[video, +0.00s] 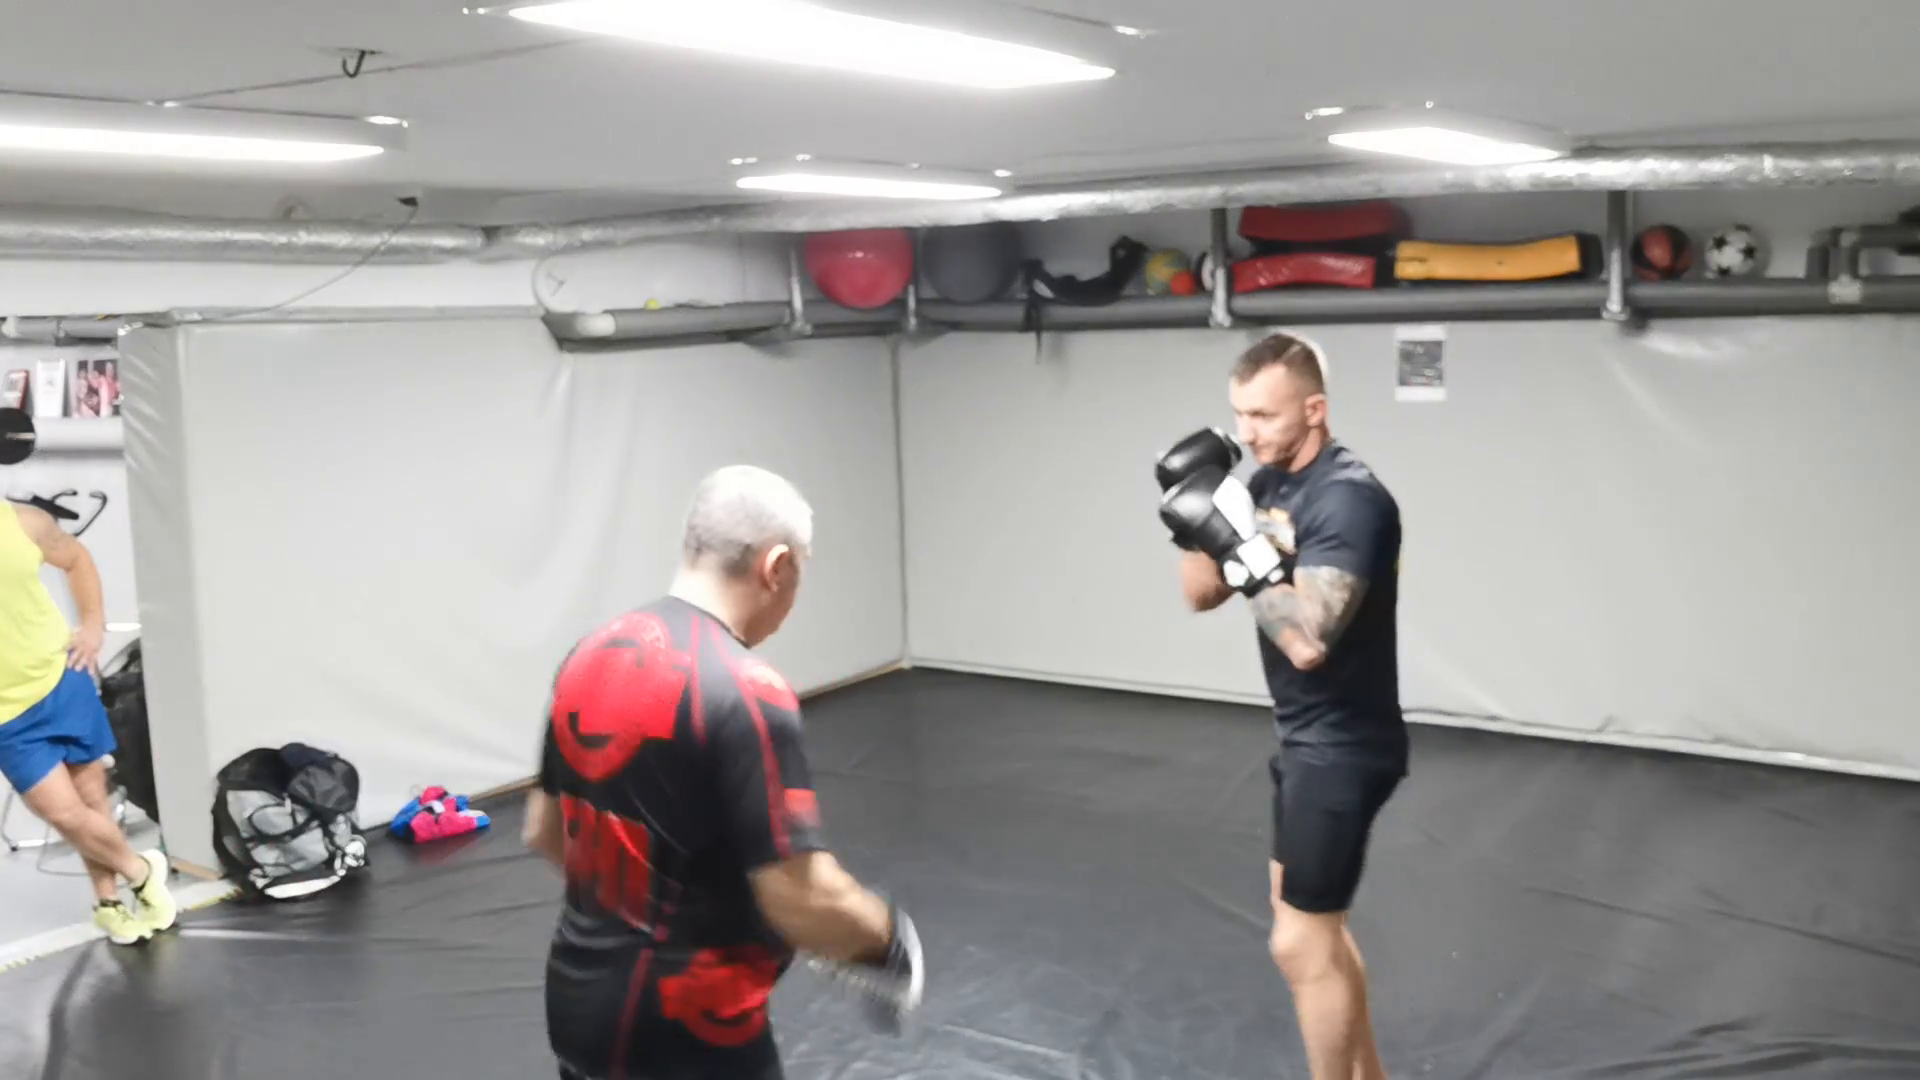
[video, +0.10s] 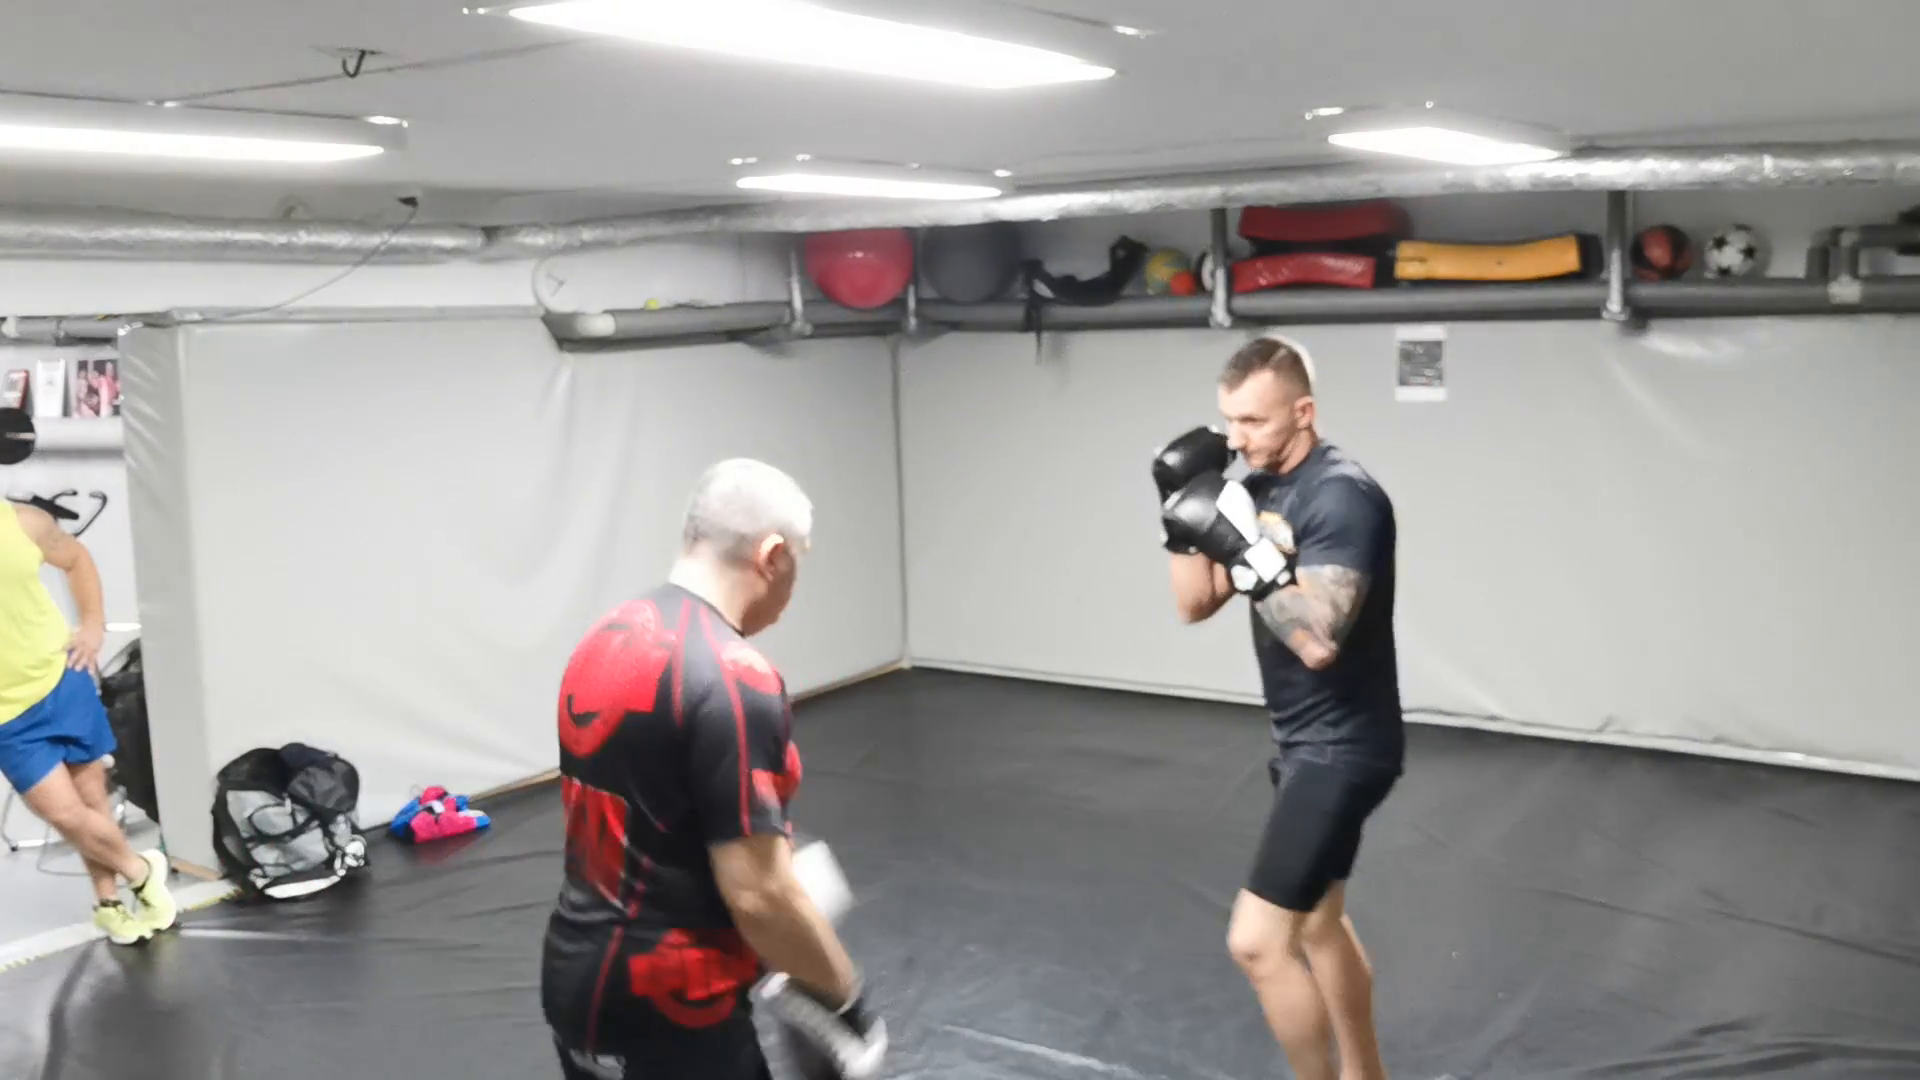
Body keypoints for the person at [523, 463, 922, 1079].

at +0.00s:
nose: (795, 595)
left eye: (802, 575)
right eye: (801, 573)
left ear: (693, 546)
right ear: (774, 567)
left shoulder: (592, 653)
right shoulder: (744, 691)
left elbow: (546, 833)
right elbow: (798, 898)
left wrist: (655, 884)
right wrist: (887, 938)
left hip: (583, 991)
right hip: (694, 1024)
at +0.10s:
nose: (795, 586)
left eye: (802, 566)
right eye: (799, 565)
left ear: (693, 536)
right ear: (769, 556)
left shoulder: (609, 636)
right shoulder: (730, 676)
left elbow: (628, 826)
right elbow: (760, 893)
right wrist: (847, 999)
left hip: (582, 975)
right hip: (674, 1007)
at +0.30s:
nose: (773, 568)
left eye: (781, 550)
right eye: (774, 547)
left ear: (666, 520)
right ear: (737, 538)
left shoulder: (598, 614)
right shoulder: (698, 662)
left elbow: (717, 649)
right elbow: (718, 877)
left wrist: (811, 563)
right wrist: (797, 1009)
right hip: (677, 985)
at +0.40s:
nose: (754, 576)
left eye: (761, 557)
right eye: (758, 555)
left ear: (656, 527)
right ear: (724, 546)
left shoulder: (588, 608)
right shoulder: (686, 672)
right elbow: (711, 892)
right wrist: (790, 1022)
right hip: (672, 995)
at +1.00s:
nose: (696, 591)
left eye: (698, 574)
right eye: (694, 573)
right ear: (649, 571)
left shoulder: (528, 629)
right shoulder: (588, 728)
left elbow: (655, 723)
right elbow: (625, 947)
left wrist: (799, 697)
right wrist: (730, 1052)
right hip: (595, 1047)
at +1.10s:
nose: (706, 590)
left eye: (708, 573)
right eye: (702, 573)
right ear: (654, 576)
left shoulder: (550, 631)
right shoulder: (572, 720)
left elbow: (639, 782)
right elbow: (586, 948)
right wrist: (697, 1062)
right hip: (553, 1053)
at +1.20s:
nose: (709, 588)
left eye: (712, 571)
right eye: (705, 570)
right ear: (658, 572)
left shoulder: (551, 631)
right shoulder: (571, 709)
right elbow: (571, 944)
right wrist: (659, 1068)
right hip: (541, 1049)